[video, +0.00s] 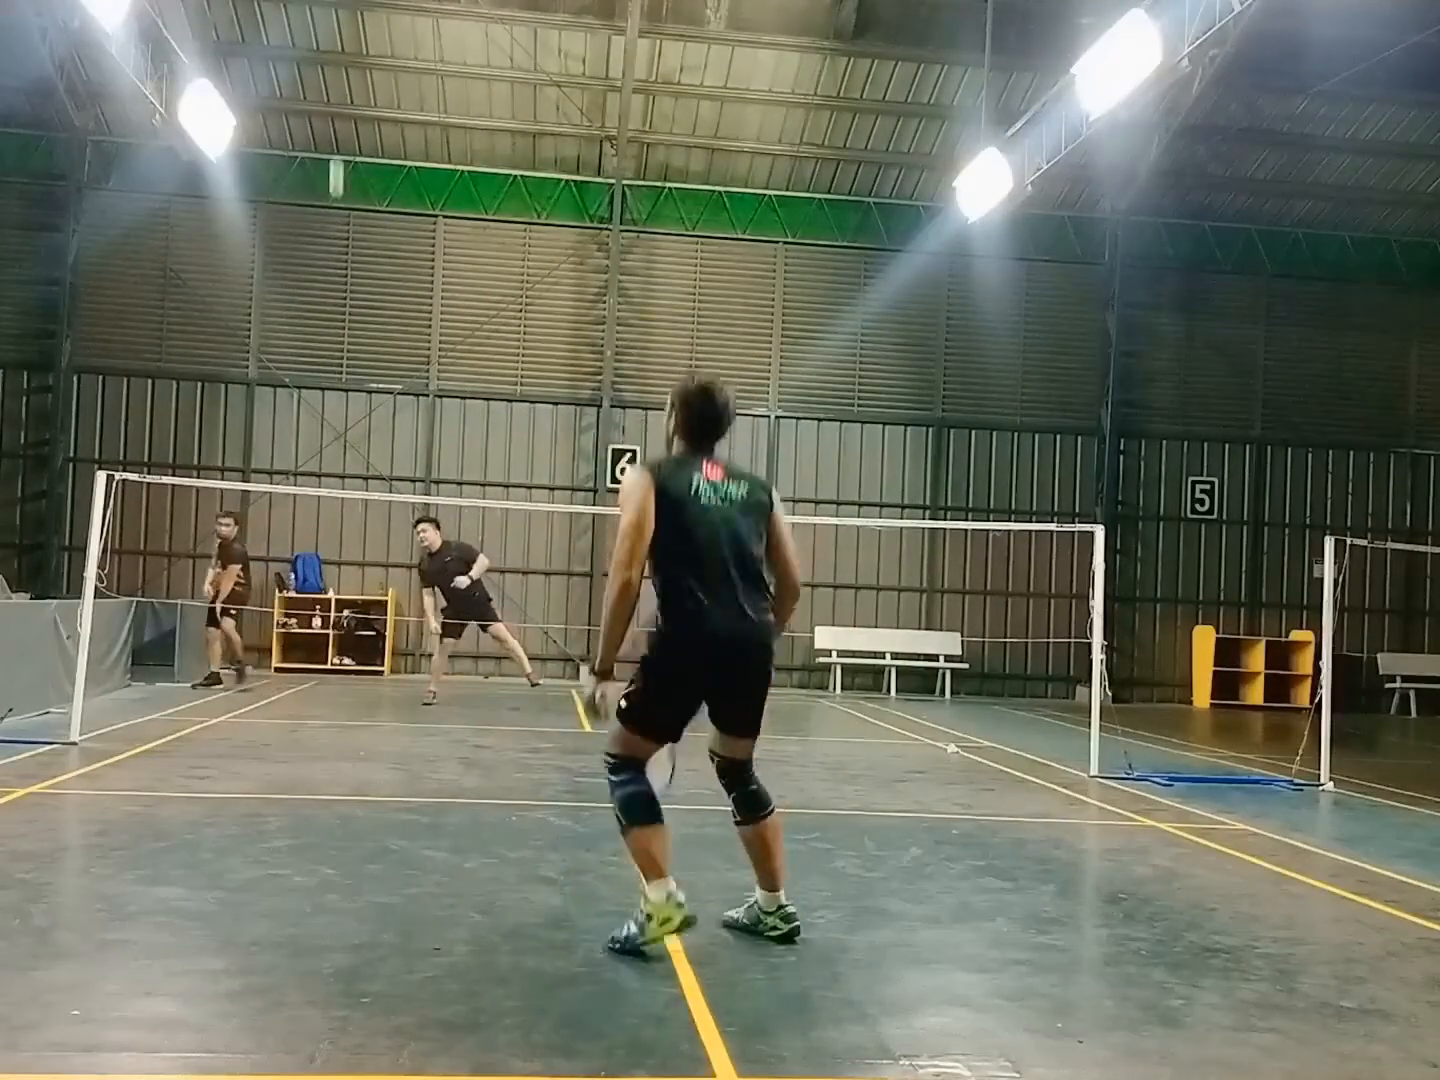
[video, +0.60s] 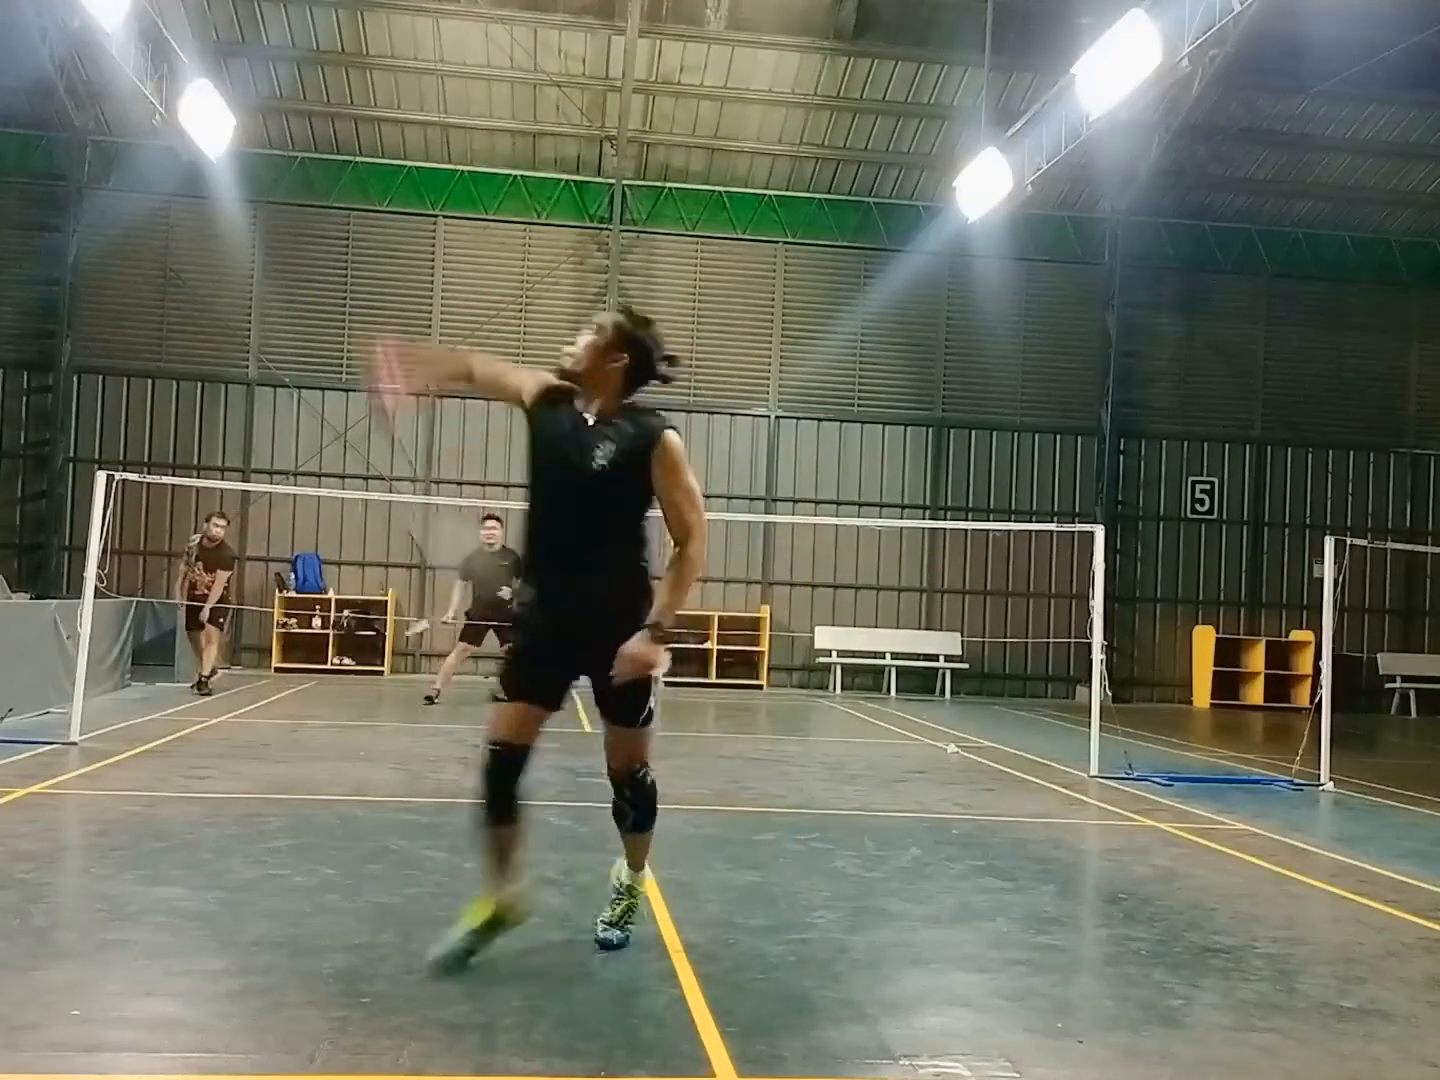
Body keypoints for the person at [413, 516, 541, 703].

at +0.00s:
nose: (421, 536)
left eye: (424, 531)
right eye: (418, 533)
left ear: (437, 532)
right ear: (417, 538)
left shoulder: (458, 548)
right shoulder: (425, 566)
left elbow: (483, 561)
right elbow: (428, 594)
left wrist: (469, 577)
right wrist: (431, 620)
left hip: (478, 603)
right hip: (455, 608)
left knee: (503, 635)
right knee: (444, 646)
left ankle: (529, 672)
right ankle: (431, 689)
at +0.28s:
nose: (437, 532)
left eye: (441, 528)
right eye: (434, 529)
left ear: (451, 529)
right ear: (431, 534)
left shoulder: (468, 548)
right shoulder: (432, 561)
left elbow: (491, 563)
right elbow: (429, 588)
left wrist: (479, 583)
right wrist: (425, 615)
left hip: (482, 605)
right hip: (457, 608)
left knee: (504, 641)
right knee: (445, 649)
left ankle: (524, 680)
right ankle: (432, 690)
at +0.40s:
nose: (458, 531)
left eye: (462, 527)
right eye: (453, 527)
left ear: (471, 530)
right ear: (449, 531)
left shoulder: (486, 551)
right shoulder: (447, 558)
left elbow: (504, 570)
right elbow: (440, 585)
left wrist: (491, 586)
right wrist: (434, 612)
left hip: (487, 606)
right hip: (463, 607)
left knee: (503, 648)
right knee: (450, 647)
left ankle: (509, 688)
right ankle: (432, 689)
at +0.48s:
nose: (472, 535)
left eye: (475, 530)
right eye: (467, 530)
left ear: (483, 532)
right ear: (461, 534)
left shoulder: (494, 553)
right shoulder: (458, 561)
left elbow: (513, 574)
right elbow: (447, 585)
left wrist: (500, 587)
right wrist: (440, 612)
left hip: (494, 612)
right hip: (469, 612)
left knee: (504, 654)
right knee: (453, 648)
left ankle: (503, 692)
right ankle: (432, 690)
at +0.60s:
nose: (490, 533)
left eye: (494, 529)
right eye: (486, 529)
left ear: (501, 532)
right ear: (480, 533)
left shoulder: (512, 557)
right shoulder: (472, 559)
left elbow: (522, 584)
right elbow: (460, 585)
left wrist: (512, 592)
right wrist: (451, 611)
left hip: (504, 614)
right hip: (479, 613)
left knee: (513, 652)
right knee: (461, 650)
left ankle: (504, 690)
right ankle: (436, 689)